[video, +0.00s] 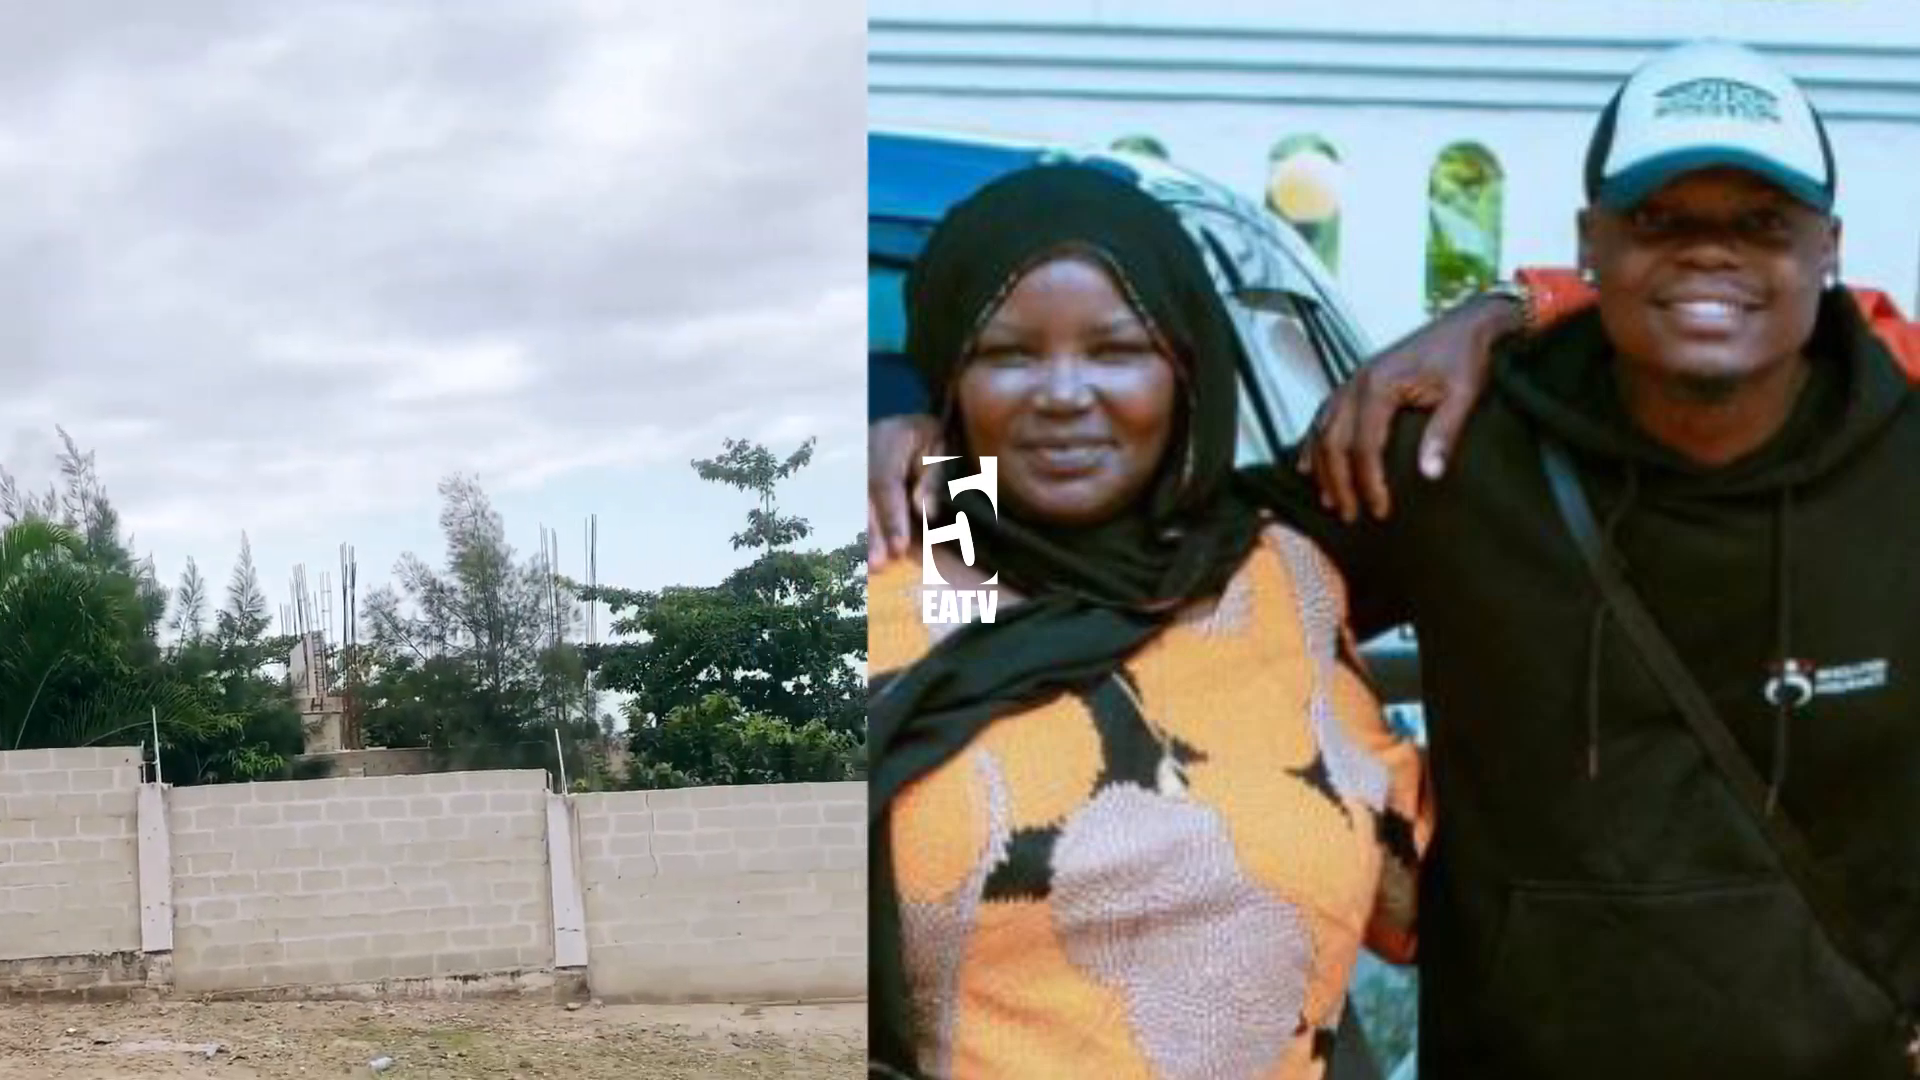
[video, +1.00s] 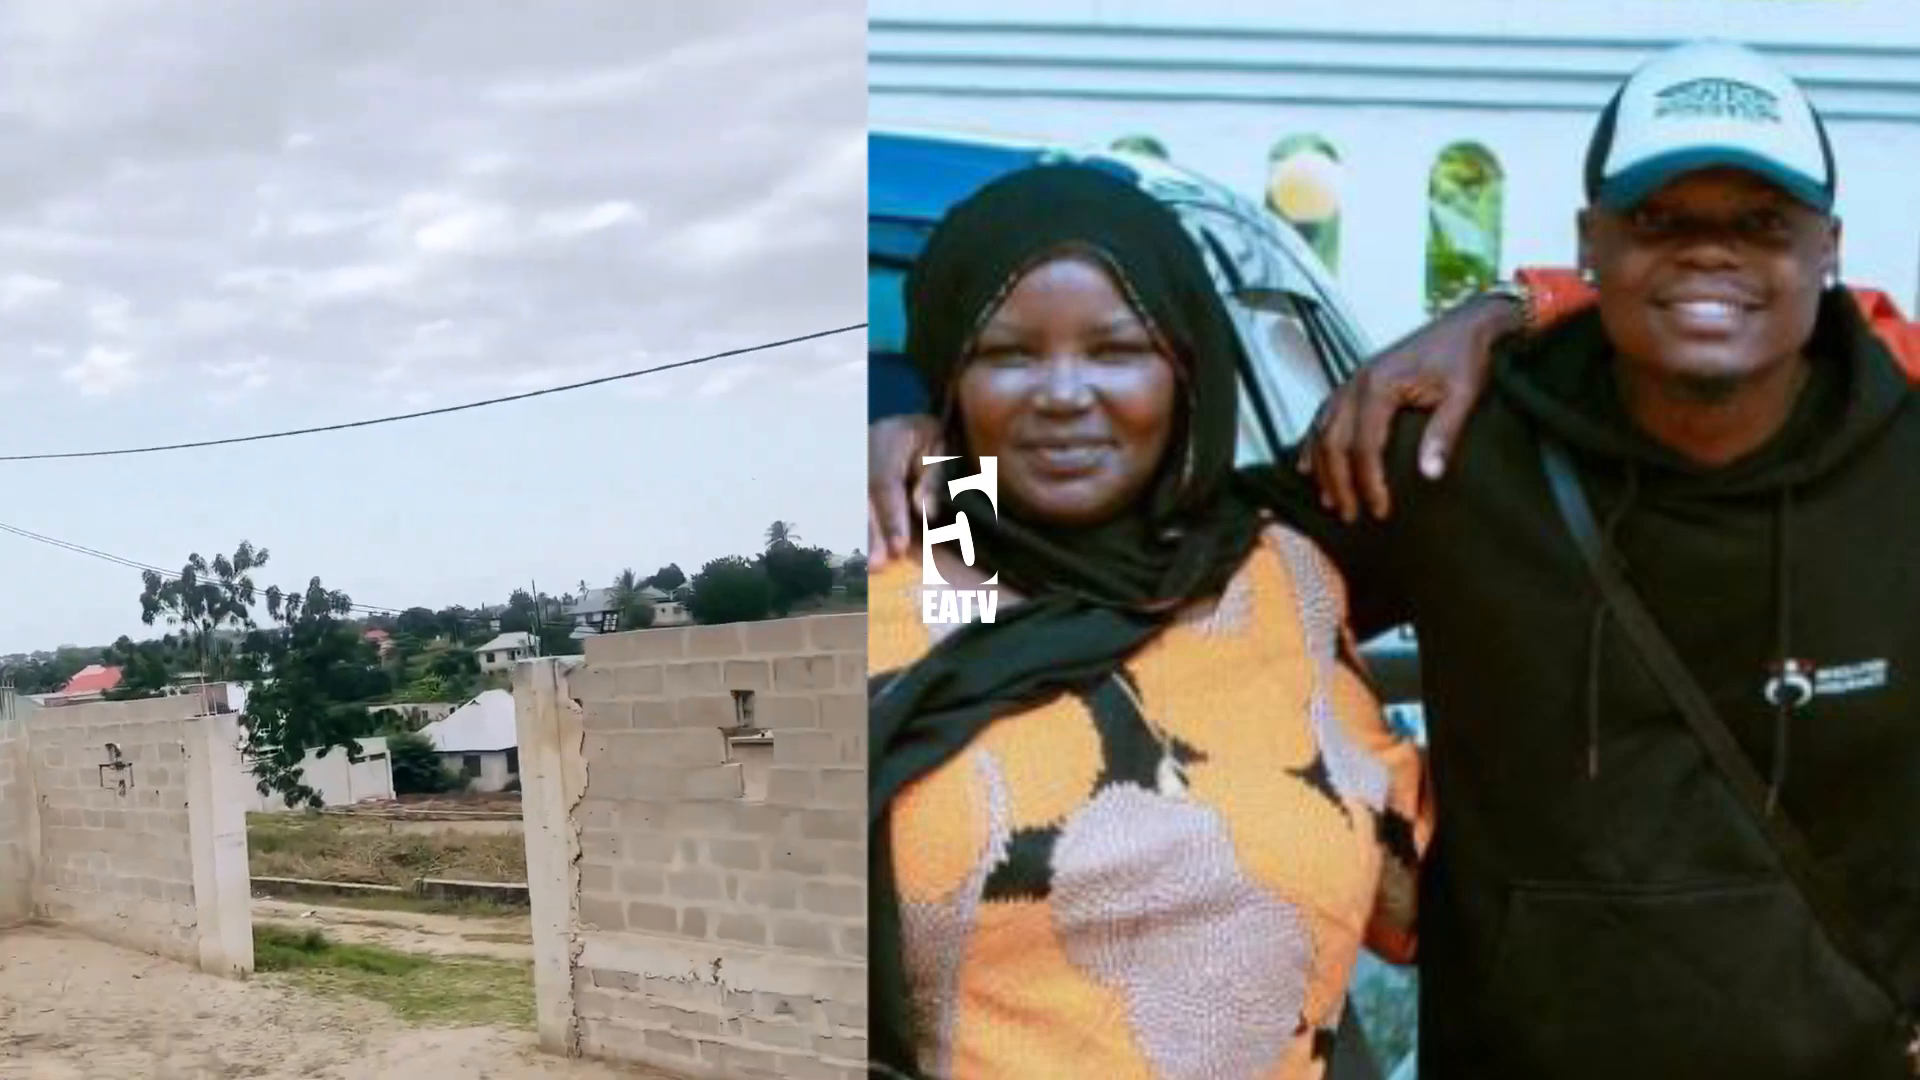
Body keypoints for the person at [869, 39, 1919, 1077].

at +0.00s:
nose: (1707, 250)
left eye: (1757, 218)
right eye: (1664, 214)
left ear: (1826, 250)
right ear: (1595, 241)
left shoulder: (1898, 443)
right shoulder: (1464, 449)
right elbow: (1171, 556)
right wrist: (955, 448)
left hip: (1848, 1037)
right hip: (1536, 1044)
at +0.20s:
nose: (1707, 251)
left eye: (1757, 219)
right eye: (1664, 214)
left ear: (1826, 250)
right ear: (1595, 242)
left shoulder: (1899, 445)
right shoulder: (1464, 449)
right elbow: (1172, 556)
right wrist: (958, 453)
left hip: (1848, 1037)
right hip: (1535, 1043)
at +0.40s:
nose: (1706, 251)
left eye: (1757, 218)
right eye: (1664, 214)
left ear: (1826, 250)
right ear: (1594, 241)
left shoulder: (1898, 444)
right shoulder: (1463, 449)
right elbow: (1172, 557)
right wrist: (958, 453)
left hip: (1849, 1038)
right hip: (1535, 1044)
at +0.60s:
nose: (1706, 251)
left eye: (1757, 218)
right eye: (1664, 214)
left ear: (1826, 250)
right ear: (1594, 241)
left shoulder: (1898, 443)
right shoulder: (1463, 450)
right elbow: (1173, 557)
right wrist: (960, 453)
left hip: (1848, 1038)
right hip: (1535, 1044)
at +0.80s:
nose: (1707, 251)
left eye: (1757, 218)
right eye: (1664, 214)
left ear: (1826, 250)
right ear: (1594, 241)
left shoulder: (1898, 443)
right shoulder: (1463, 448)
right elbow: (1170, 557)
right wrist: (956, 457)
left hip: (1849, 1038)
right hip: (1536, 1045)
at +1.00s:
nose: (1707, 251)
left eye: (1757, 219)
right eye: (1664, 214)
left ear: (1826, 250)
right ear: (1594, 241)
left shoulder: (1898, 445)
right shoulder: (1463, 449)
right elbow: (1172, 557)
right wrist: (962, 459)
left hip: (1850, 1038)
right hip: (1536, 1045)